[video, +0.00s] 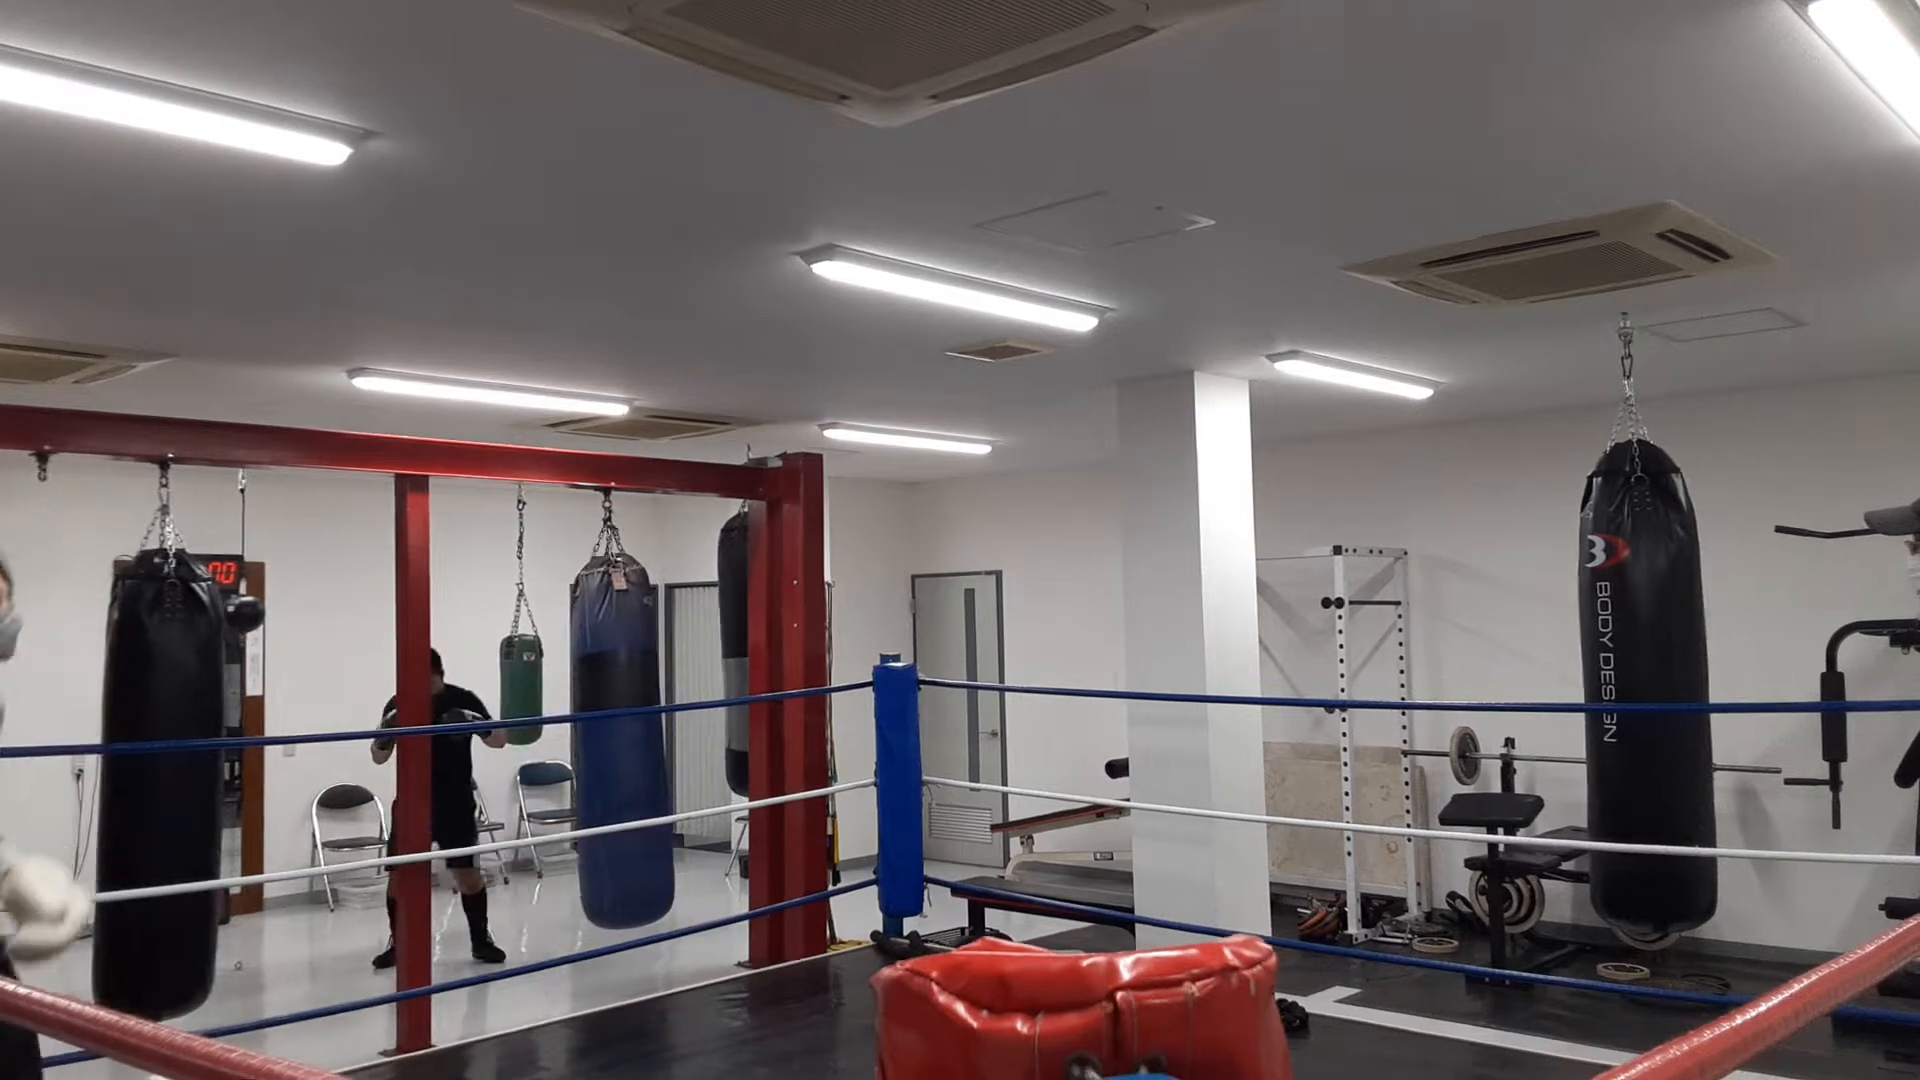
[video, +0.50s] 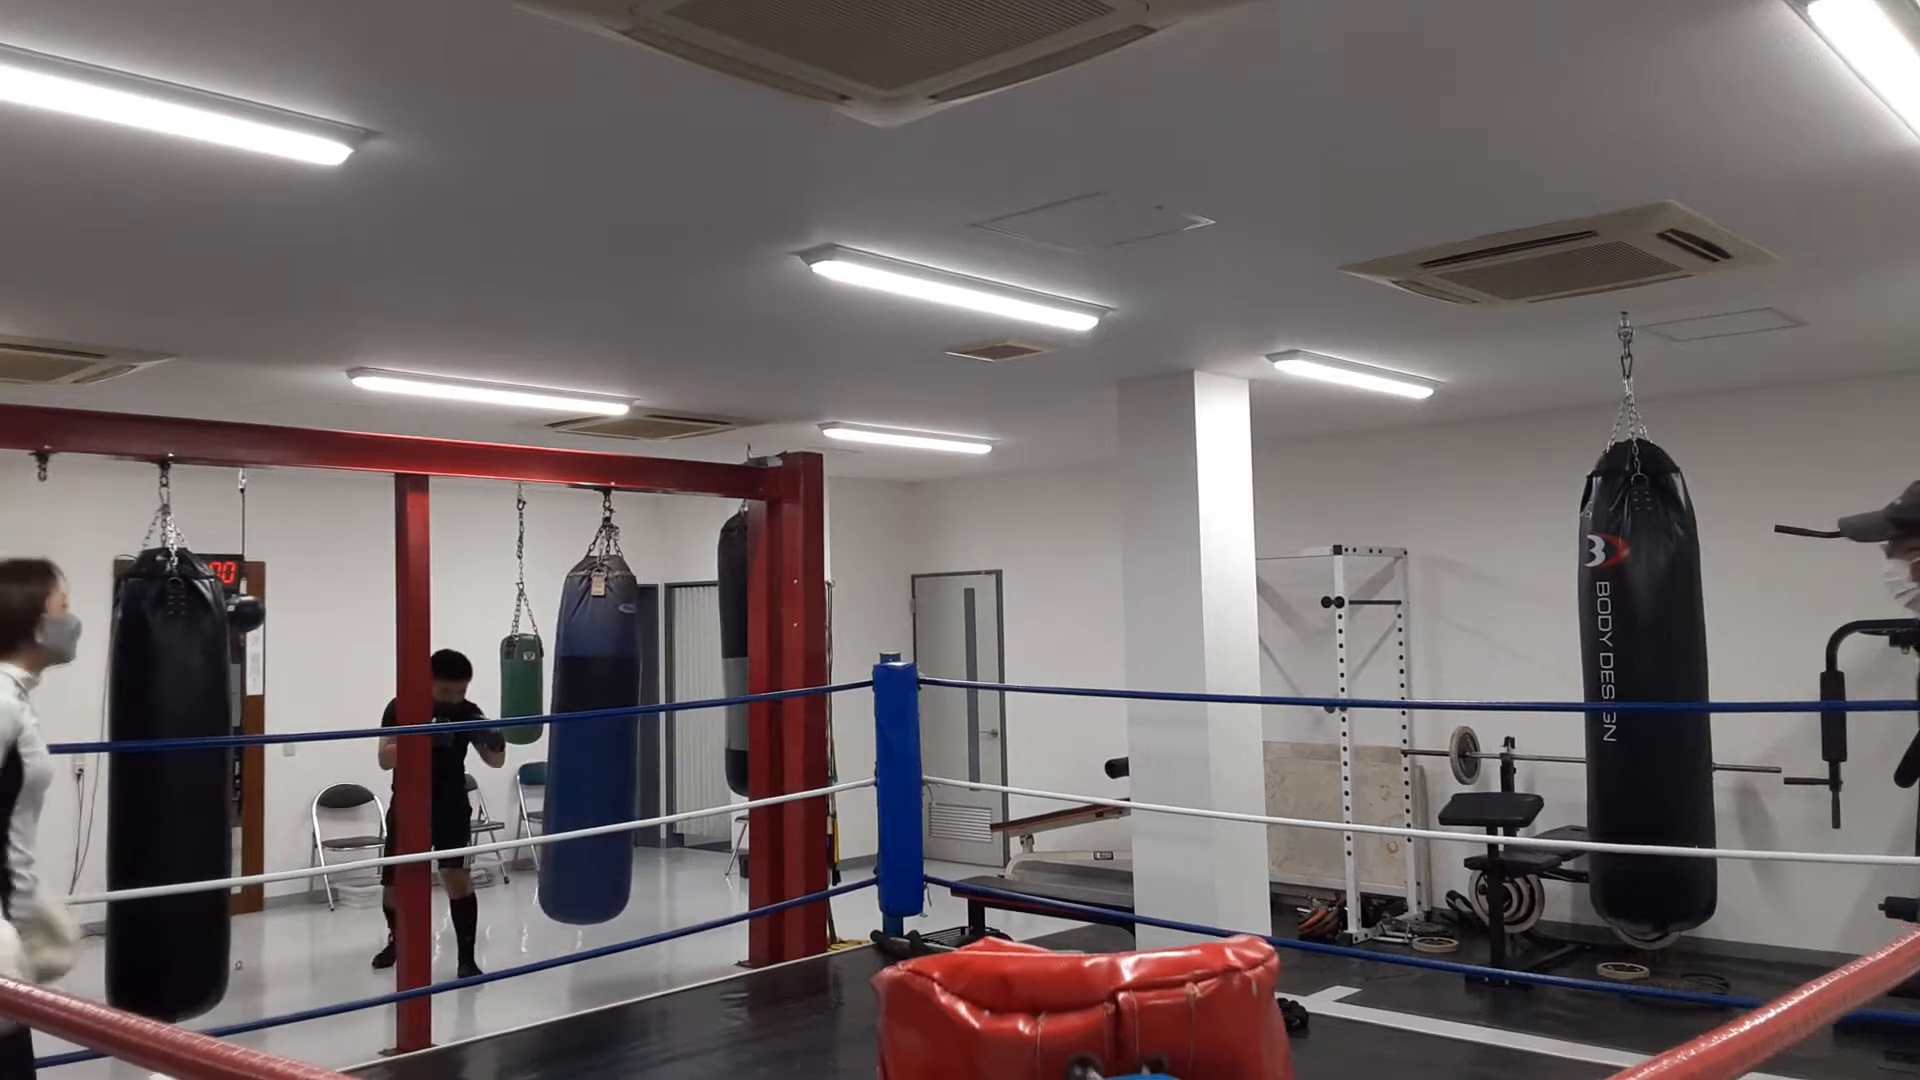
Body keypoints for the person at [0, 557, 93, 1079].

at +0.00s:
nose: (8, 617)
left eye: (6, 602)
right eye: (4, 602)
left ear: (10, 606)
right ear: (4, 605)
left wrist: (13, 876)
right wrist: (12, 878)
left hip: (7, 976)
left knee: (19, 1056)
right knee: (19, 1056)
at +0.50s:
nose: (74, 621)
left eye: (69, 607)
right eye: (64, 609)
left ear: (31, 623)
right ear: (36, 622)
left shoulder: (20, 705)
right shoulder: (8, 710)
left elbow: (15, 835)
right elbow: (9, 841)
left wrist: (35, 910)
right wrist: (15, 925)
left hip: (18, 911)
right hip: (7, 922)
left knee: (18, 1061)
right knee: (16, 1064)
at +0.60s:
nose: (84, 658)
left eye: (79, 645)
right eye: (73, 646)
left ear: (34, 660)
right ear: (43, 659)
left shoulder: (26, 740)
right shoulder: (15, 747)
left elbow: (14, 870)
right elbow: (1, 884)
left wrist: (27, 973)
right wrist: (28, 983)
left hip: (18, 944)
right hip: (10, 950)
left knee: (41, 1044)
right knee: (38, 1041)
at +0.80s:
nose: (129, 639)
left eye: (126, 627)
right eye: (120, 629)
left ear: (77, 641)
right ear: (93, 640)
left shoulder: (41, 696)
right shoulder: (65, 709)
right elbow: (49, 830)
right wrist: (64, 936)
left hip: (23, 922)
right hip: (42, 926)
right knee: (40, 1062)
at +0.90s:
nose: (162, 634)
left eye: (159, 622)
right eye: (154, 623)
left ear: (94, 635)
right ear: (128, 636)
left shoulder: (56, 698)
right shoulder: (102, 708)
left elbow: (12, 814)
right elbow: (72, 835)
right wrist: (106, 942)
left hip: (29, 922)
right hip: (71, 927)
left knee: (42, 1067)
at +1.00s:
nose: (197, 665)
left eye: (191, 650)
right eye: (186, 651)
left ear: (127, 669)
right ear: (164, 668)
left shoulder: (100, 739)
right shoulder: (137, 743)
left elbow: (43, 850)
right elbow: (104, 871)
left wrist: (7, 919)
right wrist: (150, 980)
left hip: (53, 962)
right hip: (94, 969)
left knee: (62, 1069)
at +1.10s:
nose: (236, 671)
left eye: (232, 660)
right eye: (227, 661)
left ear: (170, 680)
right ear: (203, 678)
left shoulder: (129, 748)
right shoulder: (179, 752)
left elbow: (97, 867)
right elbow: (162, 875)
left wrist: (57, 946)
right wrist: (177, 980)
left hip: (104, 960)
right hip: (143, 962)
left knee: (122, 1066)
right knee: (225, 1065)